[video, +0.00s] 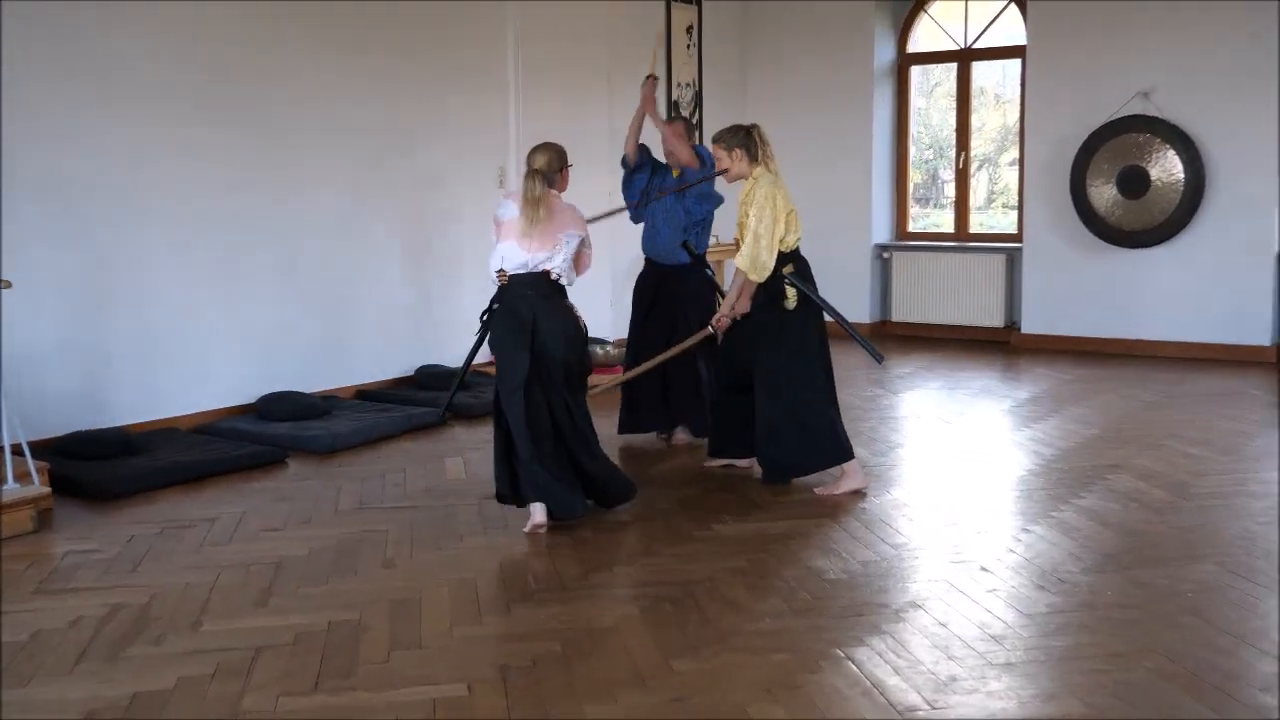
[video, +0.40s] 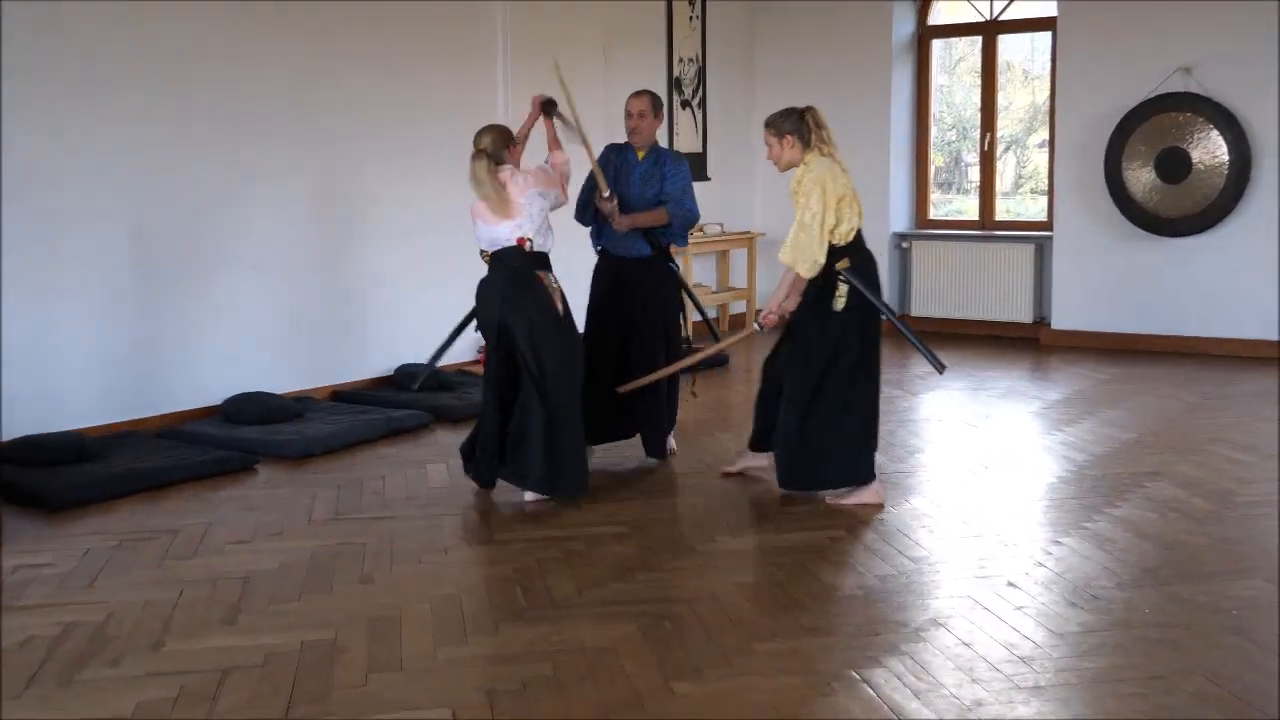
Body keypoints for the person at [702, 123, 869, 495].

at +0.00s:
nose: (719, 167)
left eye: (721, 159)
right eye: (717, 160)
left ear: (738, 154)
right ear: (739, 155)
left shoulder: (764, 187)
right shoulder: (755, 188)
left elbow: (760, 252)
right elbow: (747, 251)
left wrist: (741, 298)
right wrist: (729, 301)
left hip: (786, 284)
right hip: (767, 283)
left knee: (802, 376)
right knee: (737, 358)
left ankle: (851, 469)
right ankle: (742, 450)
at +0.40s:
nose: (768, 156)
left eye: (770, 147)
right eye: (767, 147)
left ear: (790, 141)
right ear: (794, 141)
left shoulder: (815, 175)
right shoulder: (817, 170)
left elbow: (810, 247)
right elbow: (804, 244)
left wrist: (787, 299)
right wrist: (780, 298)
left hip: (844, 283)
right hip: (831, 280)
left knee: (845, 380)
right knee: (782, 364)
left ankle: (866, 483)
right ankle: (766, 453)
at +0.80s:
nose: (837, 139)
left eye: (841, 131)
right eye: (838, 131)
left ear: (862, 132)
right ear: (870, 131)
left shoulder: (879, 171)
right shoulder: (902, 163)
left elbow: (883, 255)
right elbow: (925, 218)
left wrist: (859, 313)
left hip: (911, 284)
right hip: (939, 273)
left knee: (855, 380)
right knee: (916, 376)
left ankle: (875, 492)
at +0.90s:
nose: (858, 136)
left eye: (861, 128)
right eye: (858, 128)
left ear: (884, 129)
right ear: (893, 129)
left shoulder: (901, 170)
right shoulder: (925, 161)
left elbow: (905, 255)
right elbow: (945, 223)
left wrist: (878, 314)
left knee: (873, 377)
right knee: (963, 368)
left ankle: (878, 492)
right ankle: (990, 460)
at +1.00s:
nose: (877, 132)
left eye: (881, 124)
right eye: (877, 124)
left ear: (904, 126)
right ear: (912, 125)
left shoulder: (923, 168)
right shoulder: (939, 159)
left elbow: (926, 245)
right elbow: (923, 242)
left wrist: (904, 305)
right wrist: (904, 301)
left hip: (957, 282)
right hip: (986, 276)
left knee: (901, 379)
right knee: (983, 371)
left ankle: (884, 490)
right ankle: (999, 467)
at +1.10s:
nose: (895, 133)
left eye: (899, 124)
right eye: (896, 124)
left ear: (921, 125)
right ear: (928, 125)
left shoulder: (947, 166)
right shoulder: (945, 160)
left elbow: (952, 242)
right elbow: (937, 240)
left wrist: (930, 298)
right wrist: (916, 295)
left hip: (981, 278)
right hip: (999, 271)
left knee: (928, 374)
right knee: (993, 368)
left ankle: (910, 487)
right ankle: (1001, 465)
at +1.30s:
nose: (928, 130)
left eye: (932, 122)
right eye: (928, 122)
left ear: (954, 123)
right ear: (957, 122)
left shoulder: (979, 165)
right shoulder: (972, 163)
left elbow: (980, 241)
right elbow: (959, 236)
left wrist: (957, 291)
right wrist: (932, 292)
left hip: (1011, 277)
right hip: (1005, 273)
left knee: (974, 373)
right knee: (980, 372)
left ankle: (997, 482)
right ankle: (993, 478)